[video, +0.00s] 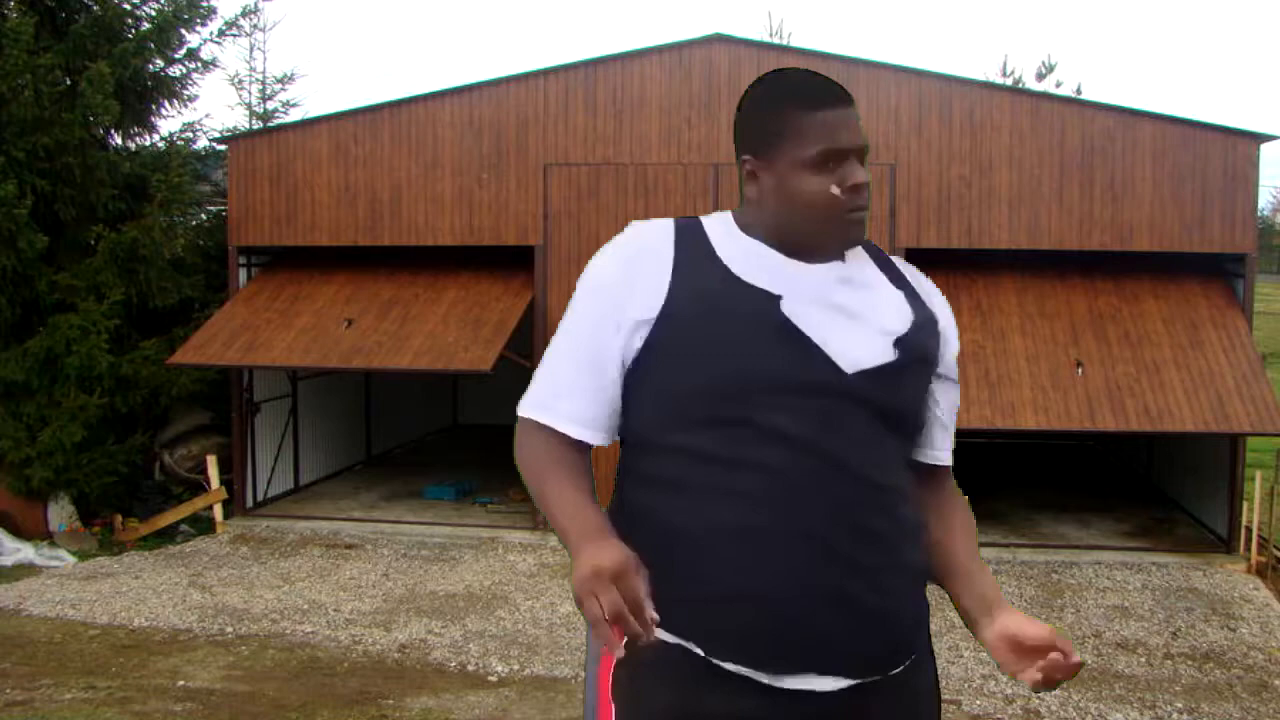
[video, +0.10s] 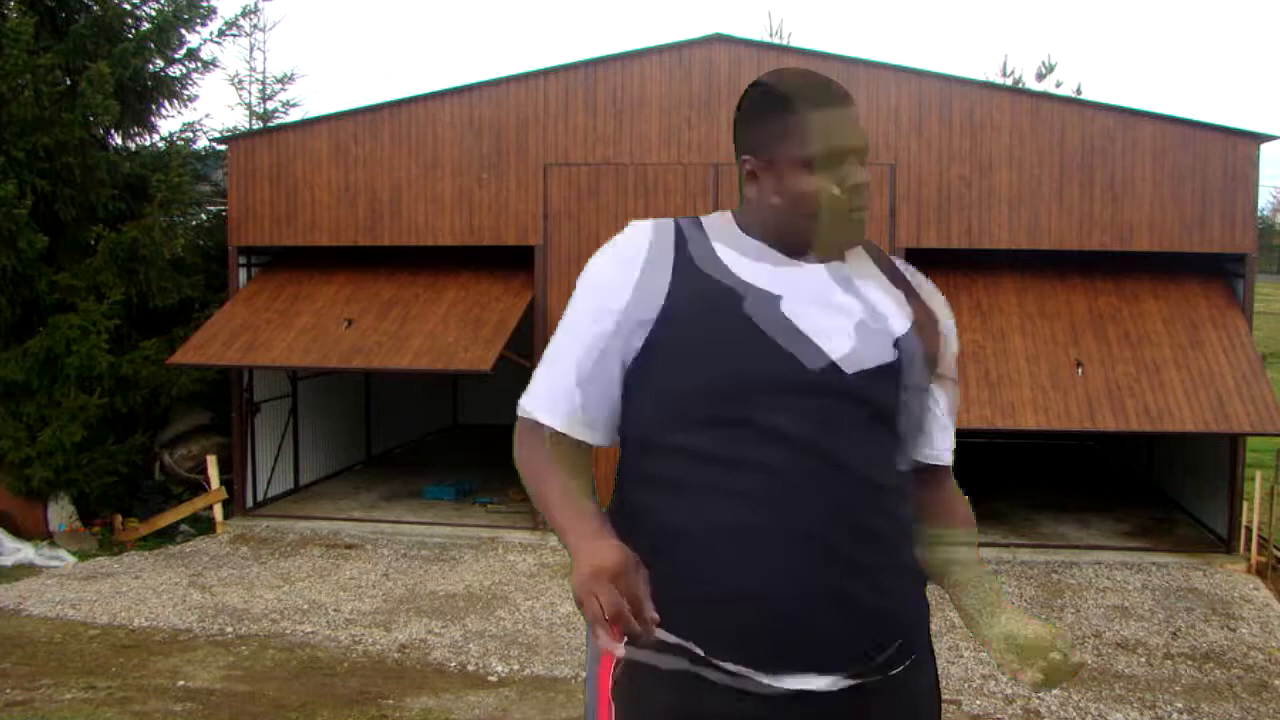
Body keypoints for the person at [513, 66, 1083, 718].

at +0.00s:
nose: (859, 180)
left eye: (861, 159)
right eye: (829, 163)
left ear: (869, 158)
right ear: (753, 174)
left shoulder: (920, 307)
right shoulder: (645, 263)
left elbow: (932, 485)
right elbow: (547, 430)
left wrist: (991, 614)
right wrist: (591, 544)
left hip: (880, 684)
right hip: (691, 675)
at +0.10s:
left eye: (859, 160)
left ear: (867, 159)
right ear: (754, 175)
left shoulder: (913, 304)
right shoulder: (646, 262)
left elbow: (930, 482)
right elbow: (544, 431)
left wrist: (993, 613)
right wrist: (590, 544)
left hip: (876, 685)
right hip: (689, 680)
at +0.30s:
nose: (698, 192)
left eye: (705, 168)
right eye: (666, 180)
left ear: (719, 163)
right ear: (608, 197)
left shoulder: (797, 241)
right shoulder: (553, 292)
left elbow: (883, 348)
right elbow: (483, 474)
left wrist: (852, 407)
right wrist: (569, 672)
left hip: (839, 663)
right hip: (660, 682)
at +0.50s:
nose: (602, 199)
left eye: (604, 181)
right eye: (570, 190)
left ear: (619, 190)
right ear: (508, 225)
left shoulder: (695, 249)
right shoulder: (481, 360)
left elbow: (824, 288)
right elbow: (528, 553)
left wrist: (935, 320)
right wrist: (591, 379)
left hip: (777, 681)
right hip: (590, 695)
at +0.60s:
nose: (607, 186)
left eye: (612, 166)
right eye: (576, 170)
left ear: (625, 167)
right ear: (510, 190)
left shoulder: (690, 222)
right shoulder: (464, 274)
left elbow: (830, 289)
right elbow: (511, 406)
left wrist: (1016, 357)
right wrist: (698, 307)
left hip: (772, 649)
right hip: (583, 675)